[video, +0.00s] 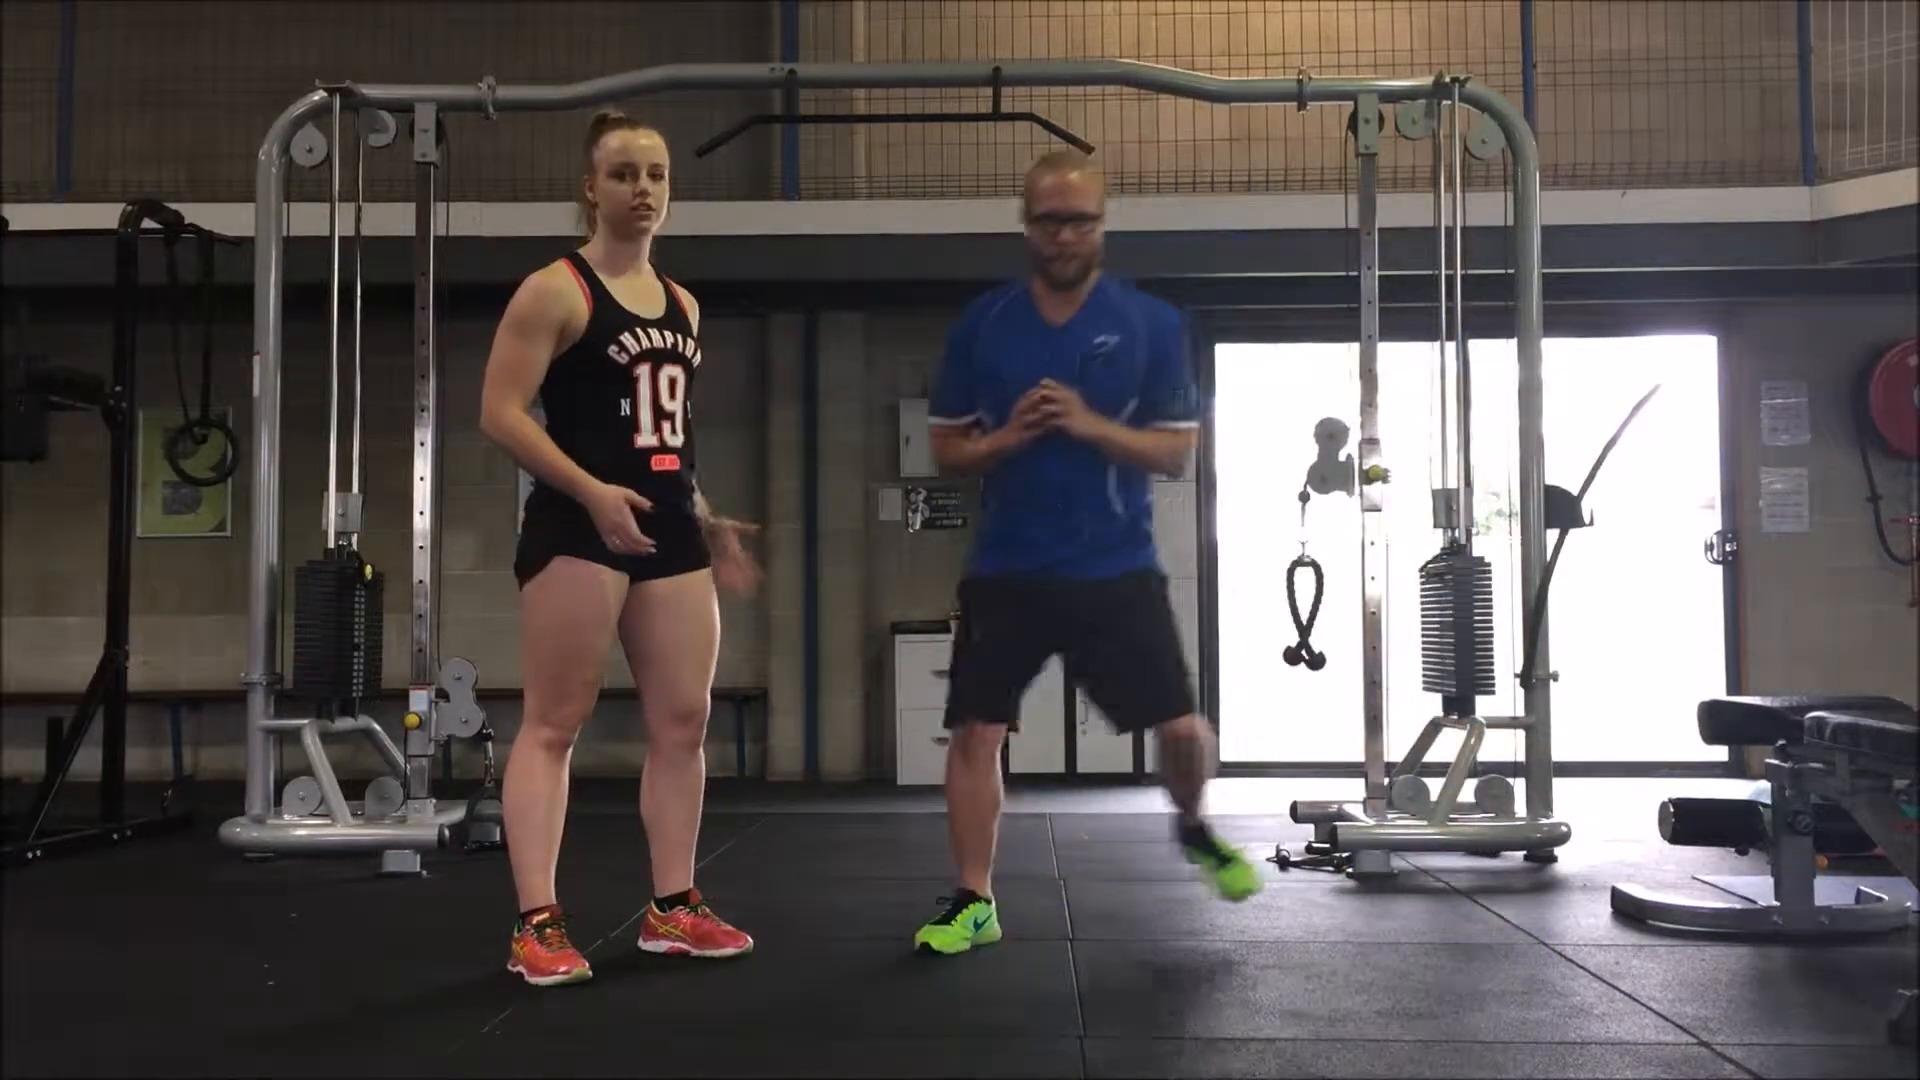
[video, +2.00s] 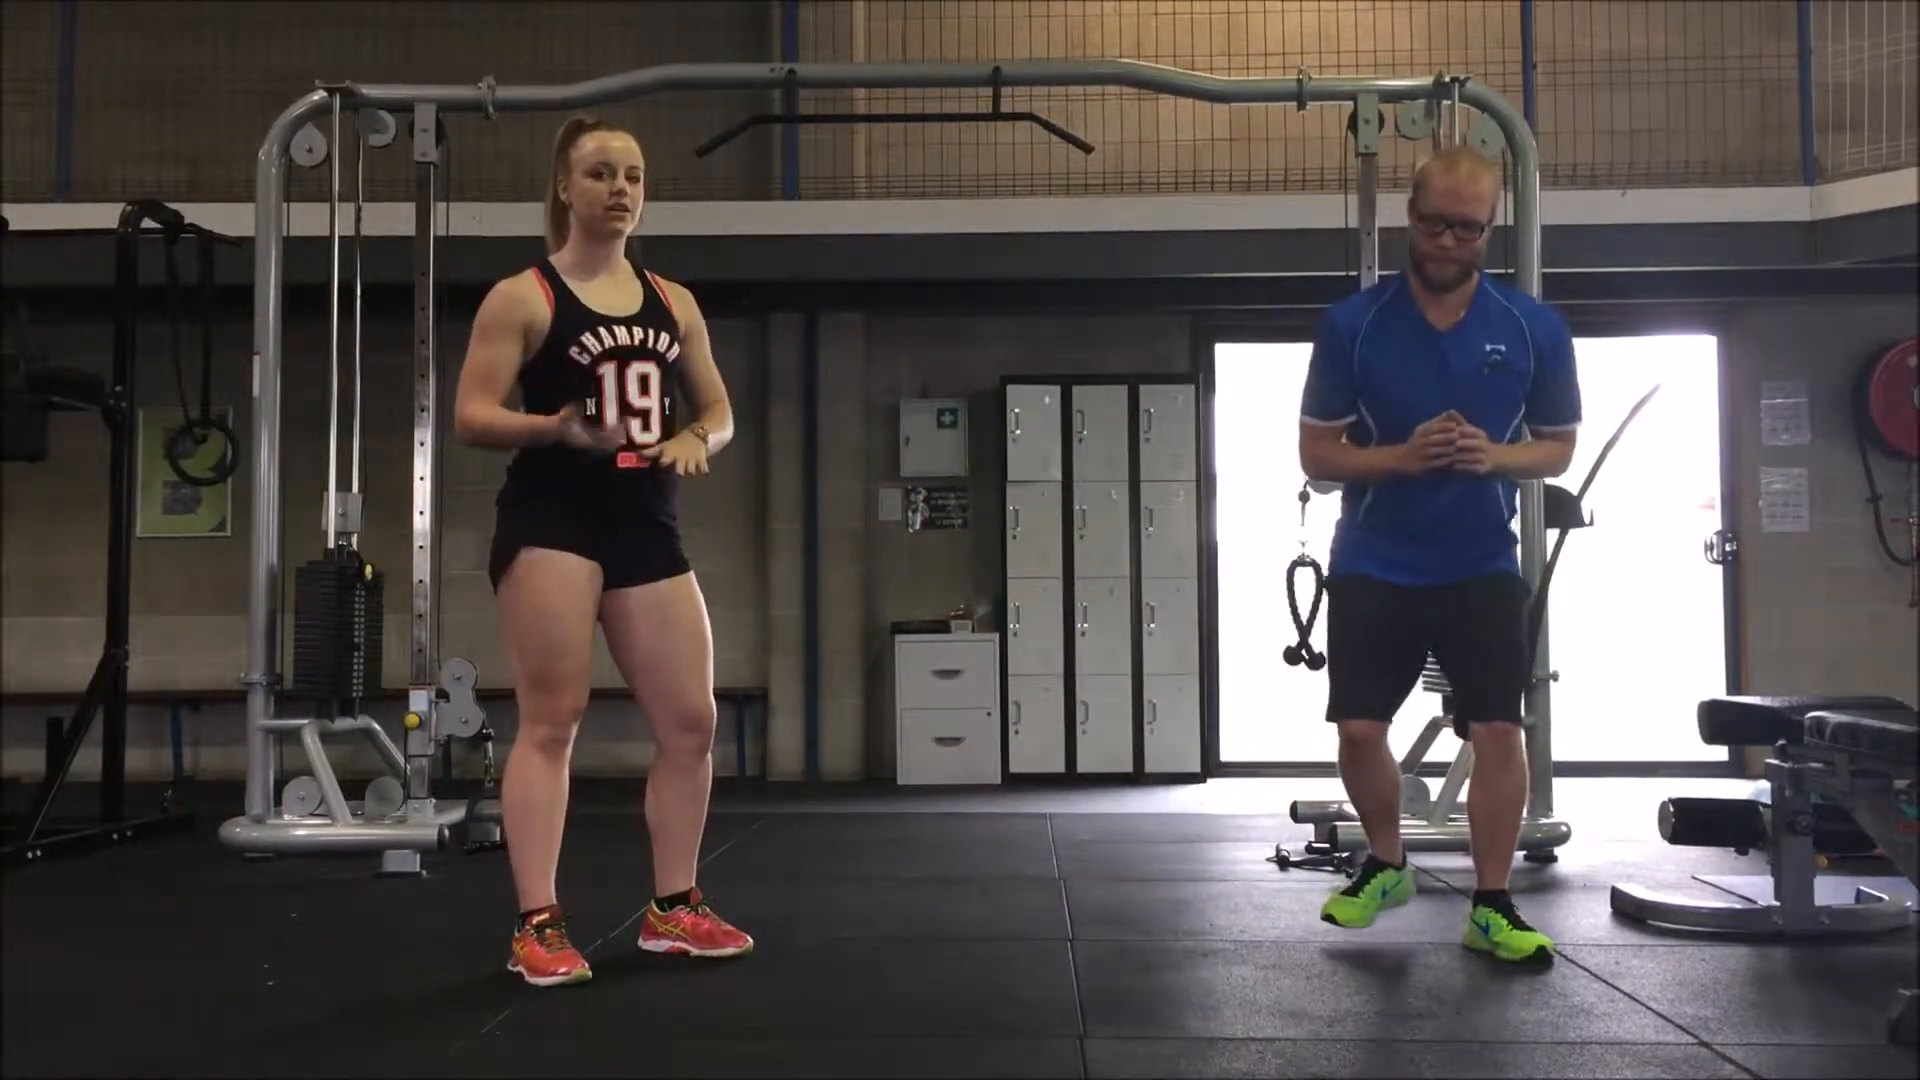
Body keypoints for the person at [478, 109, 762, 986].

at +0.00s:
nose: (642, 188)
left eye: (655, 175)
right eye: (624, 174)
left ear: (670, 192)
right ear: (591, 188)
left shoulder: (678, 303)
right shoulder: (554, 291)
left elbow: (663, 438)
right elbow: (500, 413)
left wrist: (705, 522)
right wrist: (592, 492)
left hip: (672, 531)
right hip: (580, 531)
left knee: (683, 726)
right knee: (553, 724)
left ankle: (673, 906)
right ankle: (537, 922)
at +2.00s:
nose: (619, 187)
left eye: (631, 175)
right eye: (600, 173)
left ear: (644, 195)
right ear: (563, 190)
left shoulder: (672, 302)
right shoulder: (520, 297)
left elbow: (716, 410)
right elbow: (472, 417)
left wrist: (698, 440)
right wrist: (553, 426)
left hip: (648, 529)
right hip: (553, 524)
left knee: (691, 722)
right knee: (550, 721)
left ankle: (673, 907)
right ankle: (538, 924)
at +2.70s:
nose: (642, 201)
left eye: (646, 187)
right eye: (625, 185)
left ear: (635, 197)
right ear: (572, 190)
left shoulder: (659, 303)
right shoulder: (507, 298)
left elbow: (690, 418)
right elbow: (459, 418)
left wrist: (666, 437)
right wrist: (573, 438)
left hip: (631, 529)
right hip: (538, 525)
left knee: (681, 720)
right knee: (546, 718)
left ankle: (673, 906)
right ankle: (538, 923)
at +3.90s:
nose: (598, 183)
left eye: (611, 171)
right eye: (579, 168)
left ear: (625, 190)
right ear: (543, 182)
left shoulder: (654, 302)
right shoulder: (498, 301)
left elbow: (686, 412)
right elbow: (471, 430)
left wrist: (673, 448)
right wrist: (548, 528)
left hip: (622, 528)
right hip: (526, 529)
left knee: (672, 724)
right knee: (545, 726)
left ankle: (673, 907)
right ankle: (538, 926)